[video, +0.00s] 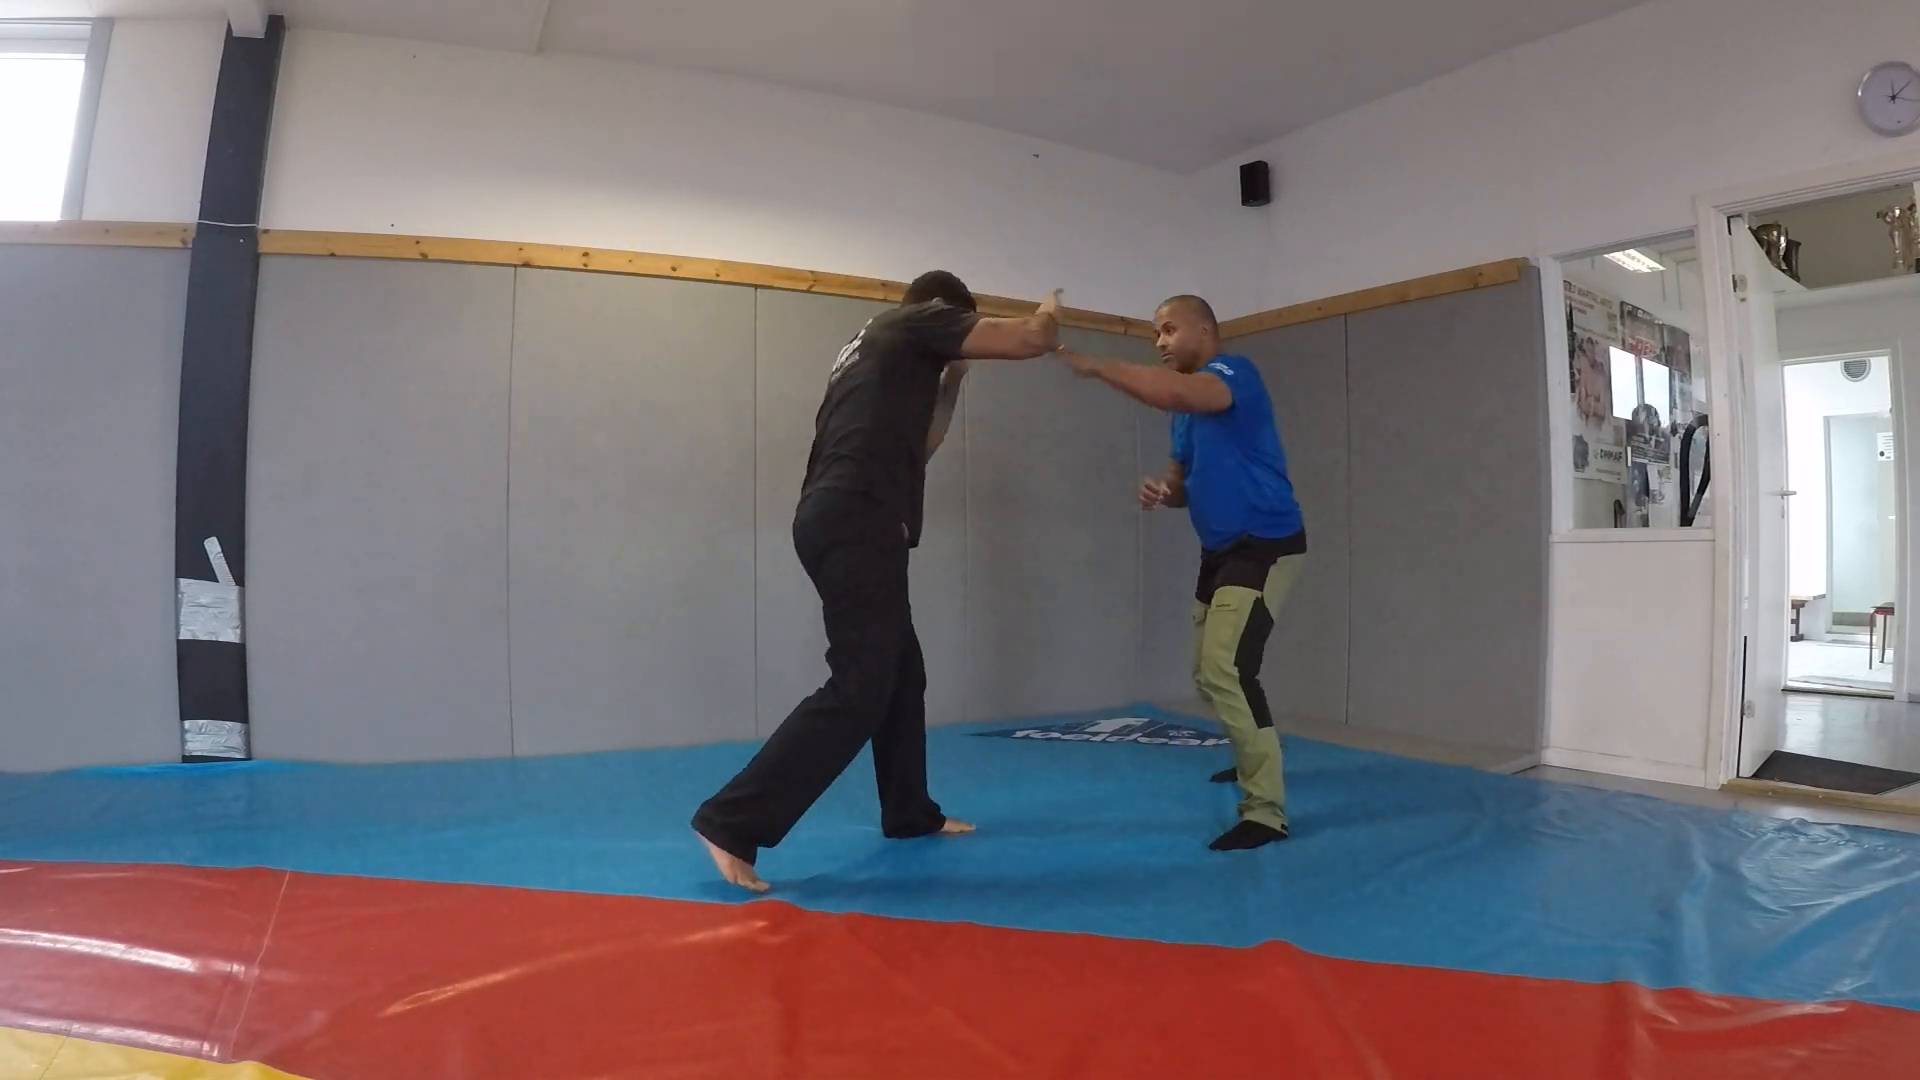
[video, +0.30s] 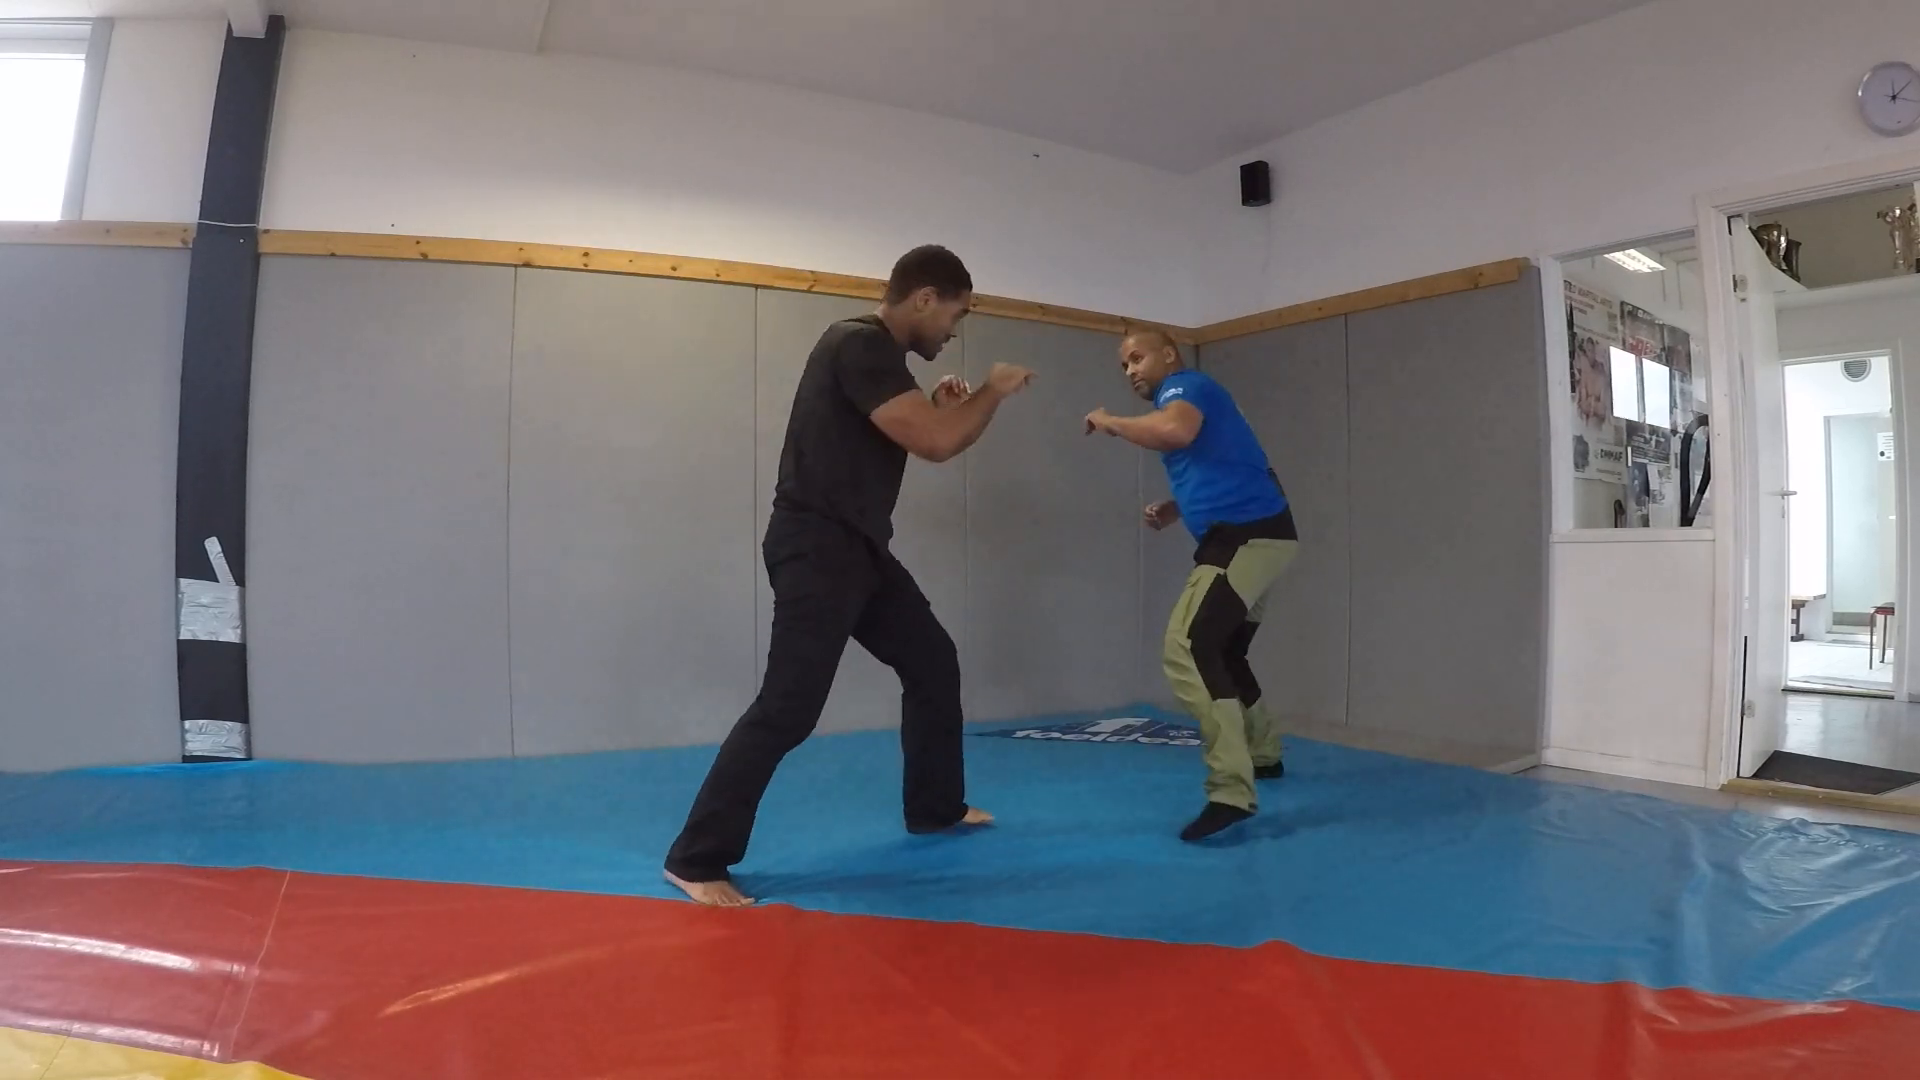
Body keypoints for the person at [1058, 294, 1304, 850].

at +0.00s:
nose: (1161, 341)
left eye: (1170, 329)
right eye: (1157, 335)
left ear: (1208, 330)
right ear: (1166, 343)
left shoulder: (1235, 373)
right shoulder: (1181, 397)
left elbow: (1175, 393)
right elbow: (1185, 485)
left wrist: (1096, 367)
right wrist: (1163, 491)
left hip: (1265, 545)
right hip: (1222, 548)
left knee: (1224, 673)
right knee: (1211, 671)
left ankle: (1267, 813)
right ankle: (1254, 758)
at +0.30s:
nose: (1129, 369)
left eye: (1136, 357)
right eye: (1125, 364)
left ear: (1170, 355)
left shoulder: (1186, 385)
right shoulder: (1182, 401)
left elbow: (1177, 431)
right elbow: (1218, 471)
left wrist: (1114, 422)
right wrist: (1175, 507)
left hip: (1245, 533)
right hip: (1253, 533)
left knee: (1187, 648)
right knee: (1224, 651)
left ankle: (1231, 793)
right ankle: (1262, 755)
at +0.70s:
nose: (1100, 361)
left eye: (1108, 348)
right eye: (1095, 356)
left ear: (1143, 342)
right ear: (1108, 360)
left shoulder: (1158, 378)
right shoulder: (1160, 392)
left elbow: (1107, 410)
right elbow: (1169, 471)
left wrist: (1048, 378)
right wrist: (1118, 460)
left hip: (1208, 552)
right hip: (1220, 550)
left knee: (1124, 661)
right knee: (1202, 666)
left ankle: (1149, 817)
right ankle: (1259, 746)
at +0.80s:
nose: (1099, 352)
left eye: (1108, 339)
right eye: (1094, 347)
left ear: (1144, 337)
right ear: (1099, 357)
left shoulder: (1161, 376)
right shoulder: (1135, 400)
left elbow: (1153, 428)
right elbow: (1115, 478)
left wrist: (1069, 402)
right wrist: (1088, 424)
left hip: (1205, 550)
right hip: (1187, 550)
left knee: (1118, 662)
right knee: (1196, 670)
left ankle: (1149, 818)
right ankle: (1257, 744)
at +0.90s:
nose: (1099, 347)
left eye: (1109, 334)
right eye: (1094, 339)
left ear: (1146, 332)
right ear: (1098, 346)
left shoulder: (1179, 385)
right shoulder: (1113, 400)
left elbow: (1204, 456)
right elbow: (1055, 447)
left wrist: (1105, 429)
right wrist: (1045, 386)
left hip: (1201, 555)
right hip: (1166, 557)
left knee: (1116, 664)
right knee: (1188, 674)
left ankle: (1149, 818)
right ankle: (1254, 738)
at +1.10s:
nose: (1102, 339)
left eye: (1113, 327)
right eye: (1096, 330)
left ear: (1151, 326)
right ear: (1097, 335)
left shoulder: (1193, 392)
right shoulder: (1091, 384)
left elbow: (1245, 476)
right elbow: (1002, 384)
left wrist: (1181, 460)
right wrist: (966, 345)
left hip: (1185, 550)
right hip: (1136, 556)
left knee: (1114, 665)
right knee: (1172, 675)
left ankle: (1149, 818)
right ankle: (1237, 731)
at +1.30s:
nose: (1101, 333)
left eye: (1111, 320)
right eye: (1097, 323)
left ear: (1151, 317)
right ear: (1099, 326)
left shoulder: (1188, 387)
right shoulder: (1097, 365)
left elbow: (1193, 479)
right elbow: (1019, 386)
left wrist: (1130, 417)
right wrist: (1008, 325)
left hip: (1165, 544)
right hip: (1119, 546)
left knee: (1105, 672)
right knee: (1142, 664)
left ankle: (1149, 817)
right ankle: (1209, 727)